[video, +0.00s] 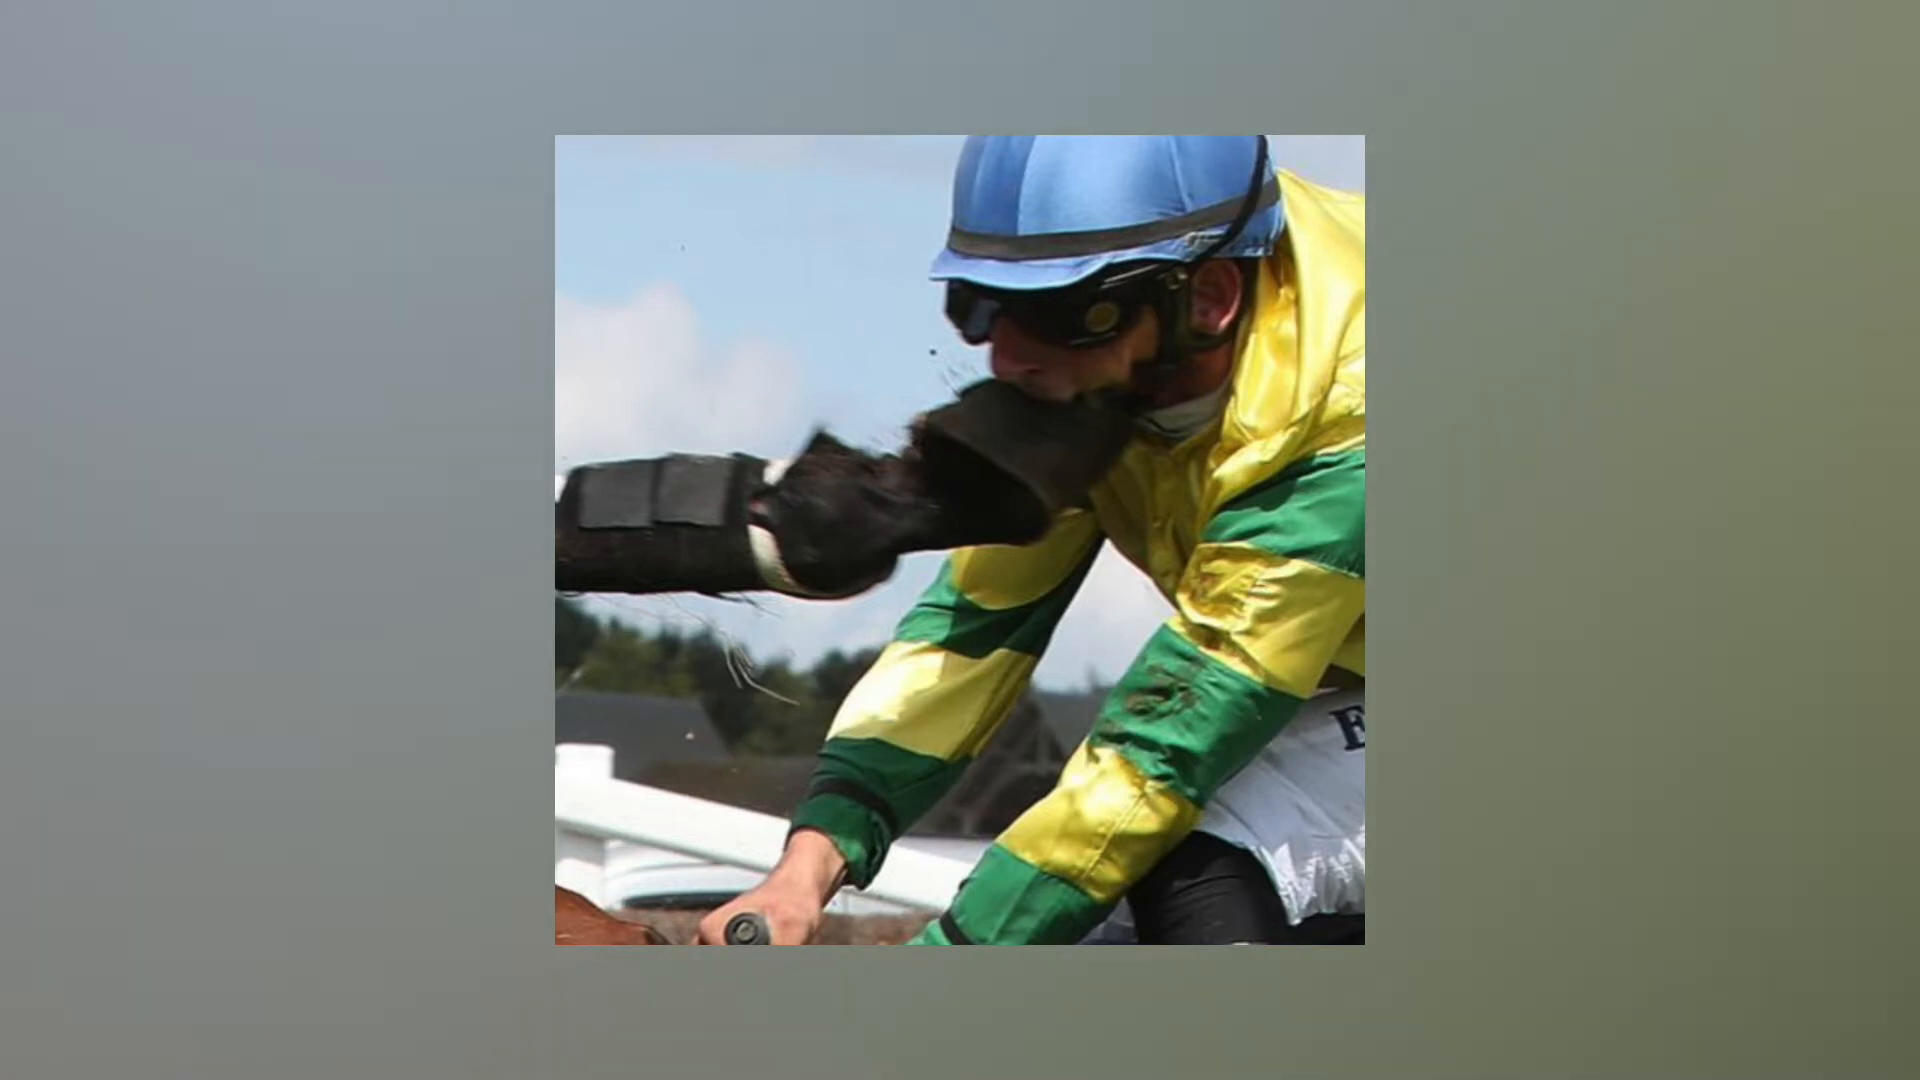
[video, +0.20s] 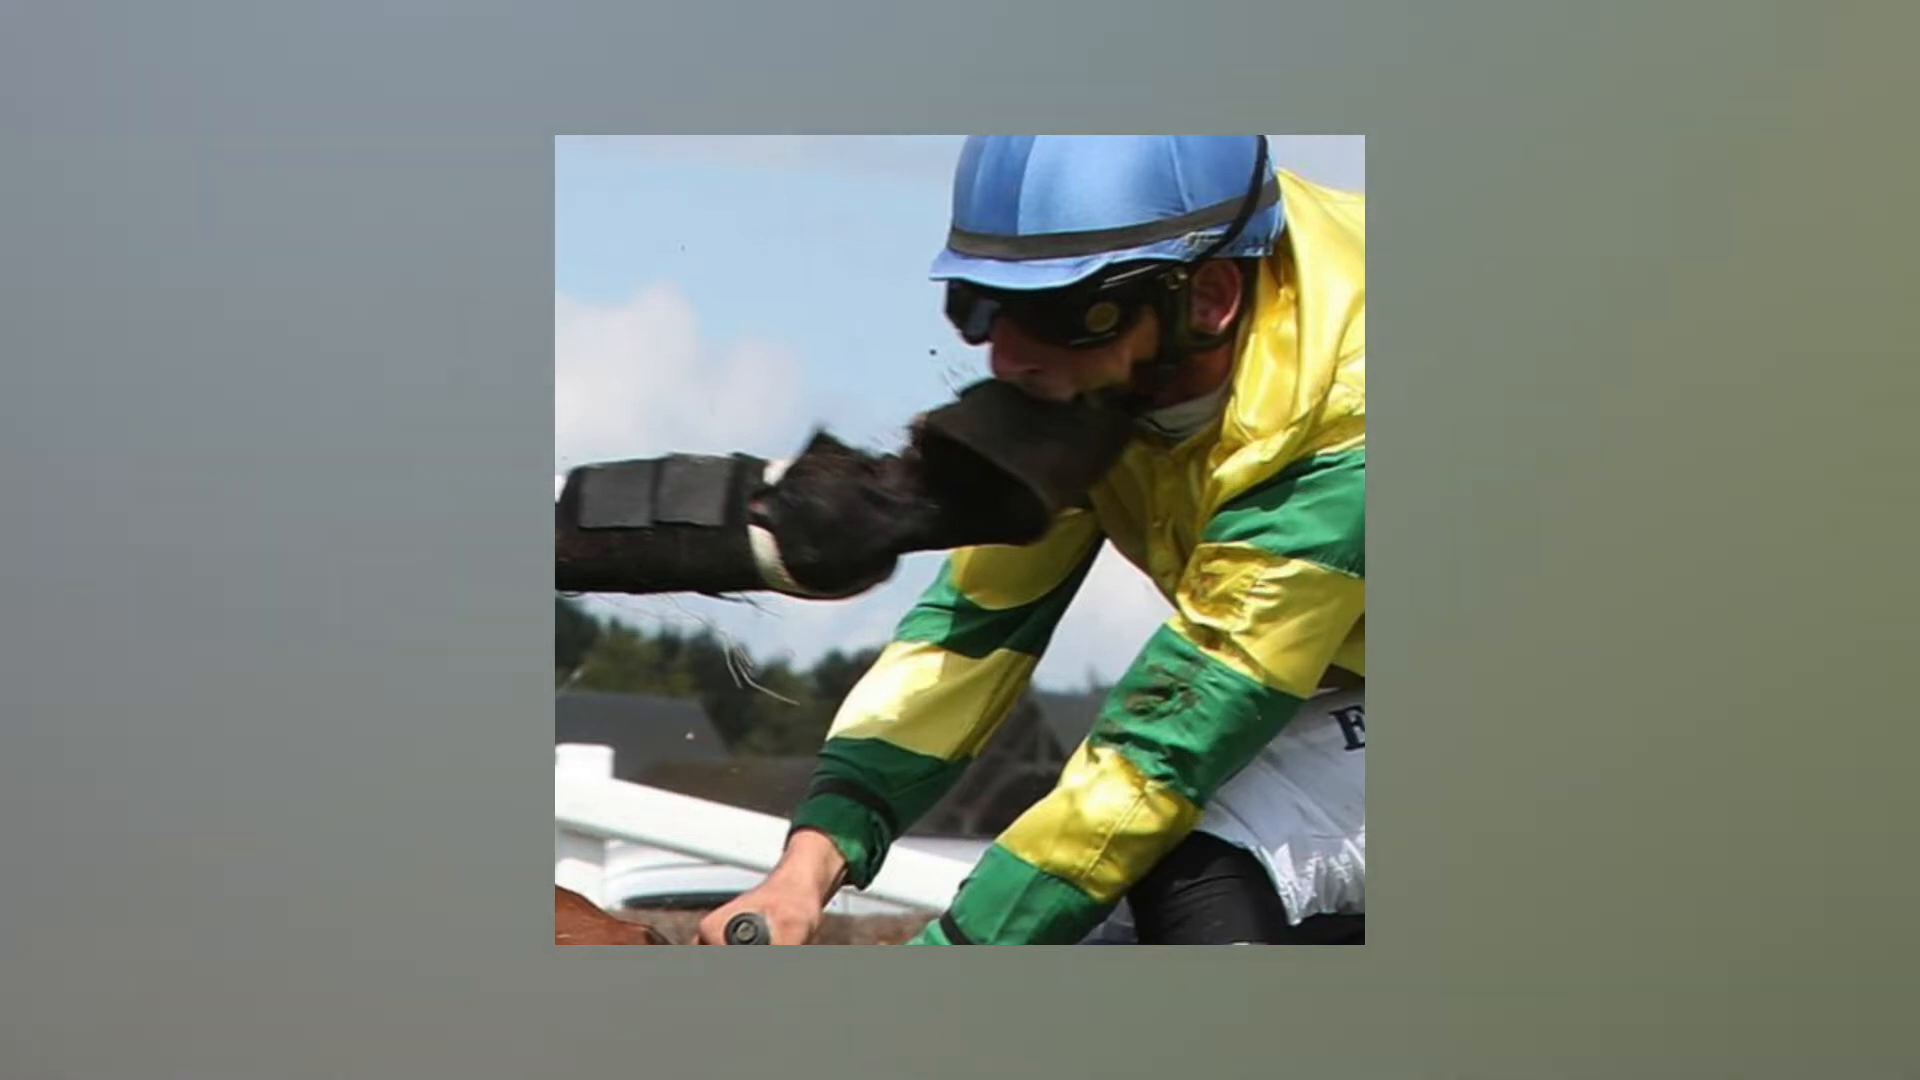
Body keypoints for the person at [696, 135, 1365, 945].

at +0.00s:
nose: (1005, 359)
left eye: (1056, 319)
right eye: (989, 310)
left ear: (1210, 298)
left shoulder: (1341, 428)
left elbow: (1161, 751)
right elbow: (969, 623)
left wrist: (933, 966)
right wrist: (805, 871)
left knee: (1204, 864)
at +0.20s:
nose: (1005, 359)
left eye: (1056, 319)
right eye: (989, 310)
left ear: (1210, 298)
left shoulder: (1341, 430)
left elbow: (1161, 751)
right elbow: (969, 623)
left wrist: (933, 963)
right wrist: (804, 872)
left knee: (1205, 864)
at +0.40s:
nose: (1005, 359)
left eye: (1056, 319)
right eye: (989, 310)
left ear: (1210, 298)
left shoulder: (1341, 429)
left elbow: (1161, 751)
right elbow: (969, 623)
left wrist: (934, 963)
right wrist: (804, 872)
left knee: (1205, 865)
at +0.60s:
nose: (1005, 359)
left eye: (1056, 319)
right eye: (989, 310)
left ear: (1210, 298)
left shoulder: (1341, 430)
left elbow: (1160, 751)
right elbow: (969, 624)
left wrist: (934, 962)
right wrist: (804, 872)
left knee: (1205, 864)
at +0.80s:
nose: (1005, 359)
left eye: (1056, 319)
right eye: (989, 310)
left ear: (1210, 298)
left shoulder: (1341, 429)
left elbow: (1161, 751)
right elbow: (969, 623)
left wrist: (934, 964)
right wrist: (805, 871)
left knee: (1204, 865)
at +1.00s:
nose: (1005, 359)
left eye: (1056, 319)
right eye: (989, 310)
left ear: (1209, 298)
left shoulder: (1341, 429)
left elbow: (1160, 751)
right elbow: (969, 623)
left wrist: (933, 965)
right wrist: (805, 871)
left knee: (1205, 865)